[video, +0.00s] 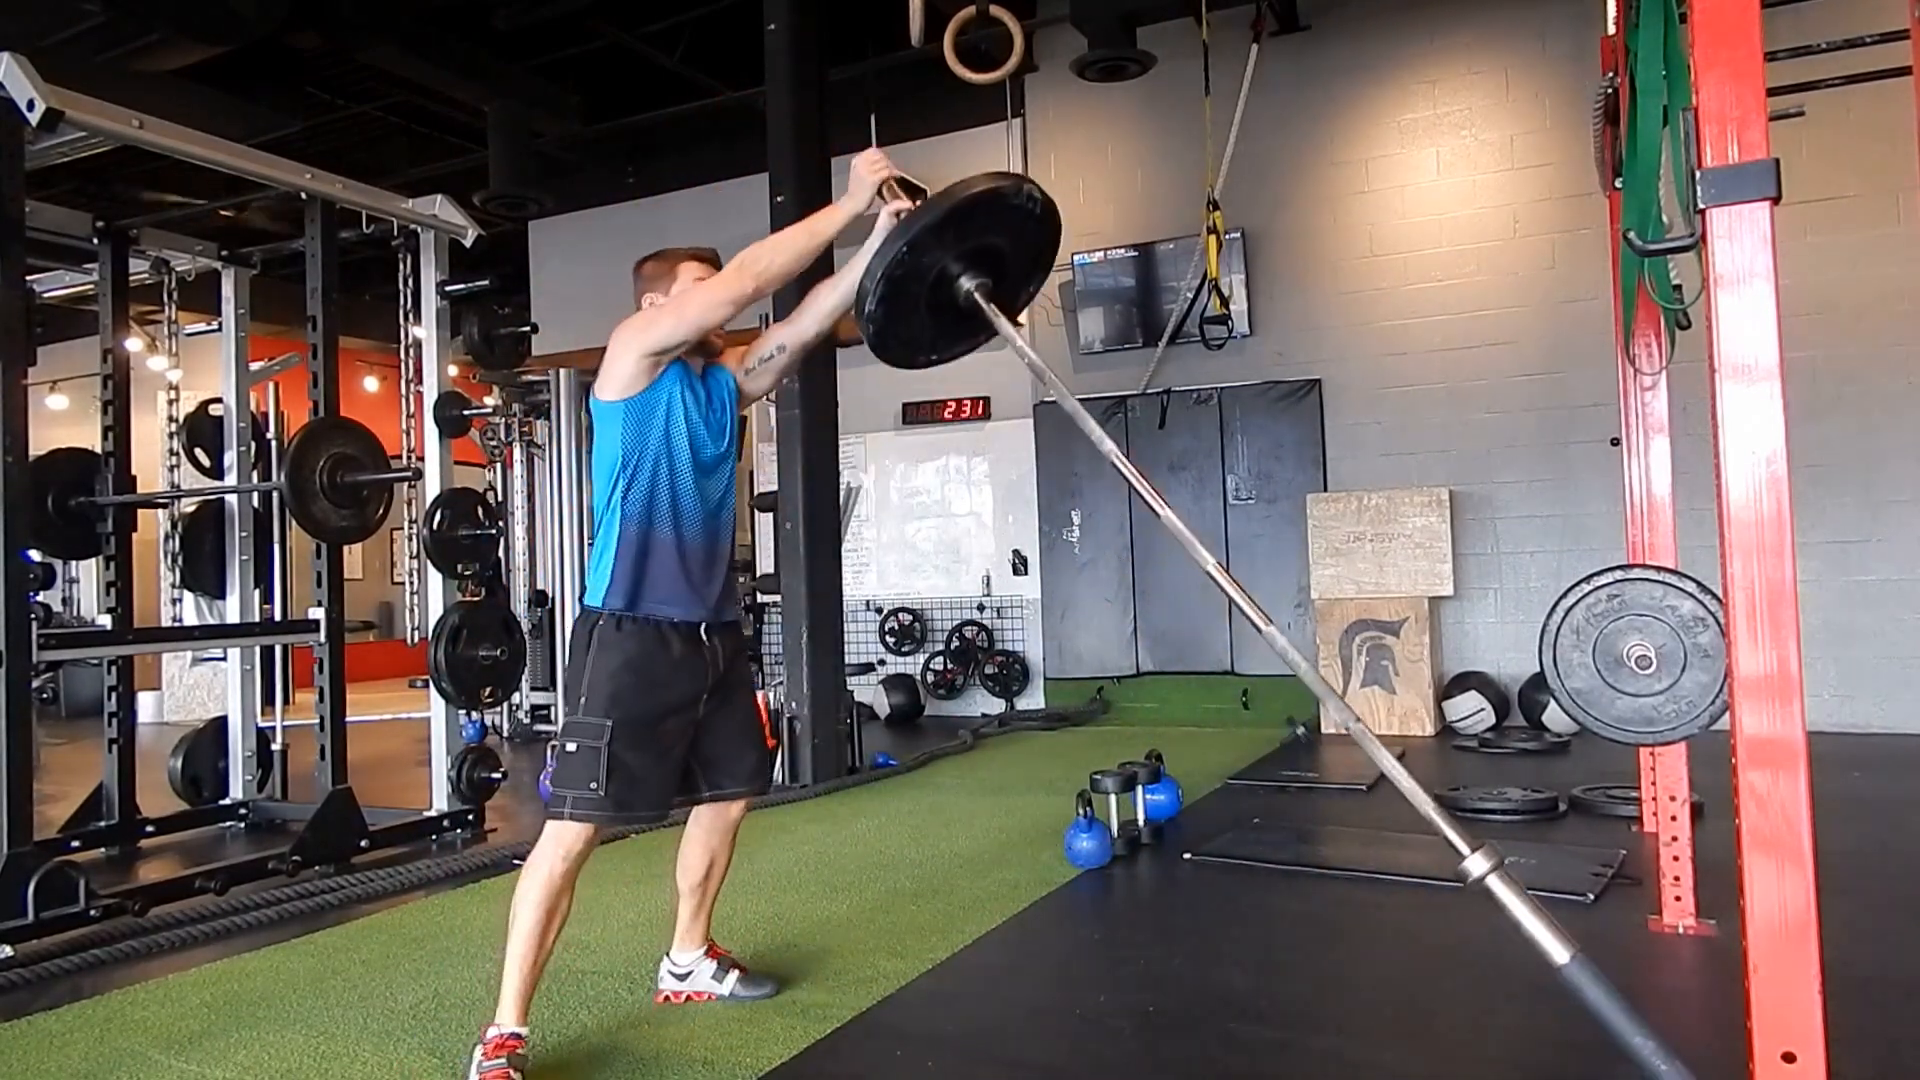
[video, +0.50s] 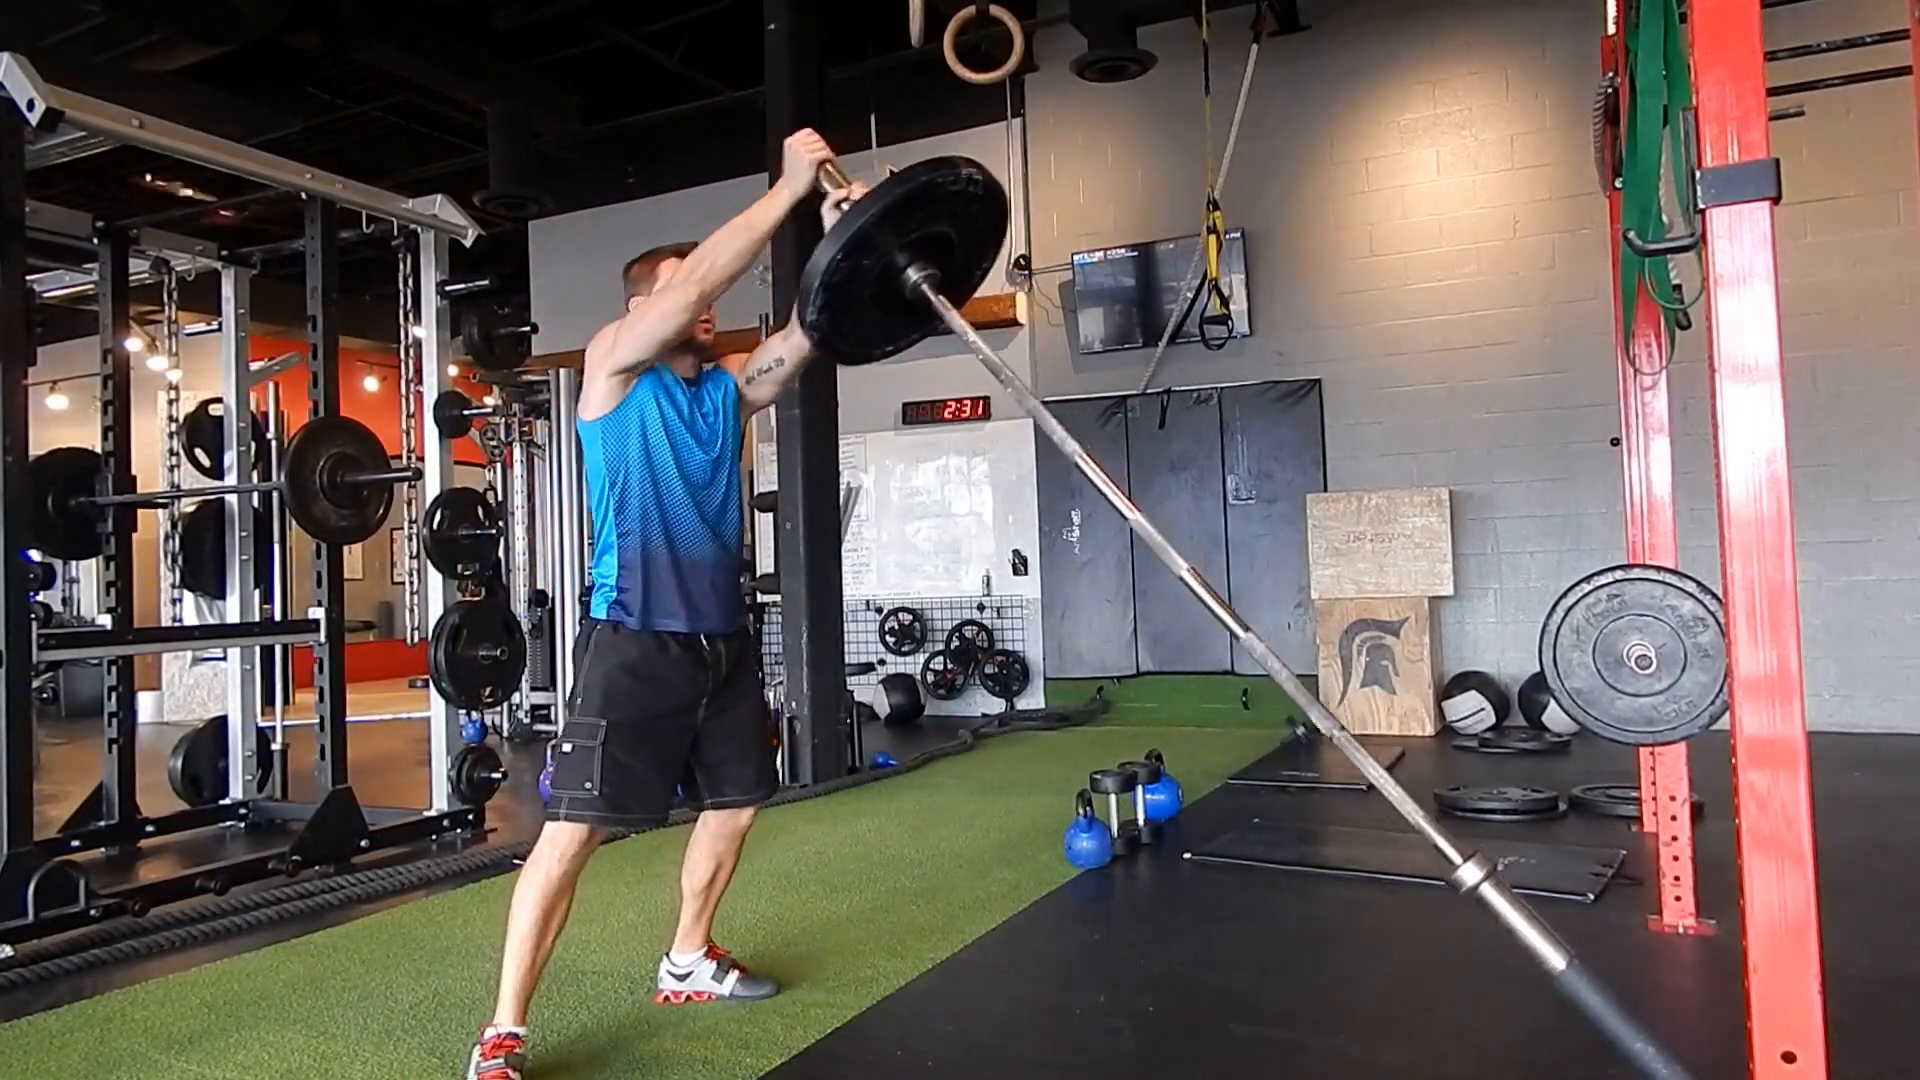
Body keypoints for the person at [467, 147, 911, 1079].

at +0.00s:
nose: (721, 288)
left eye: (720, 279)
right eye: (705, 278)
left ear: (708, 296)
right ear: (657, 296)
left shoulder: (728, 371)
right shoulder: (630, 349)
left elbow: (809, 320)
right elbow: (738, 288)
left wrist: (877, 239)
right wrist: (848, 201)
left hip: (712, 634)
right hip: (627, 633)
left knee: (728, 788)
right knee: (576, 823)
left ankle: (687, 959)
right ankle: (507, 1027)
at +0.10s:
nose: (721, 287)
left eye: (720, 277)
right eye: (705, 278)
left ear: (714, 295)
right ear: (661, 298)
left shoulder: (735, 379)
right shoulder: (635, 353)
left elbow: (808, 323)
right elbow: (735, 282)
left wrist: (870, 234)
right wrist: (839, 196)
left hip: (718, 638)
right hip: (631, 635)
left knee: (726, 791)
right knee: (576, 825)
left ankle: (686, 959)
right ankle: (506, 1028)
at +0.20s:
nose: (722, 289)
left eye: (721, 278)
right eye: (706, 280)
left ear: (713, 295)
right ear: (660, 298)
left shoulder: (736, 376)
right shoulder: (632, 354)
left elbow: (809, 322)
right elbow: (731, 280)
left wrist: (872, 225)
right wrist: (836, 187)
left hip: (720, 639)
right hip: (634, 636)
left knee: (725, 791)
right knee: (578, 826)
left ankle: (685, 959)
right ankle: (505, 1030)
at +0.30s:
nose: (720, 285)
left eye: (719, 275)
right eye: (705, 276)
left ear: (709, 293)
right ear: (659, 295)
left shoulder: (733, 379)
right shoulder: (627, 355)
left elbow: (809, 326)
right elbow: (726, 277)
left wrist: (872, 226)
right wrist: (830, 181)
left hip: (721, 639)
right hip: (635, 638)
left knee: (727, 792)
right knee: (580, 826)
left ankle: (685, 959)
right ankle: (505, 1030)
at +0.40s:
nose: (711, 289)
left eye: (711, 278)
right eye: (695, 280)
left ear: (705, 297)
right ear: (649, 301)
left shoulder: (733, 381)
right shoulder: (618, 364)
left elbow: (814, 325)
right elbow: (716, 277)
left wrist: (868, 226)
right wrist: (817, 181)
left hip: (721, 642)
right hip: (632, 641)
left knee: (731, 795)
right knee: (579, 828)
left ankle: (686, 959)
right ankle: (505, 1029)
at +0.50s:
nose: (704, 299)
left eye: (704, 288)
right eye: (685, 288)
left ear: (702, 305)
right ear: (640, 304)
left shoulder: (730, 385)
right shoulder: (609, 368)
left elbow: (810, 334)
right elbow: (692, 284)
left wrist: (853, 236)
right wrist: (787, 191)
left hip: (724, 644)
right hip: (632, 644)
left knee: (735, 798)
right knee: (577, 825)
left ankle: (685, 960)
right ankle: (505, 1028)